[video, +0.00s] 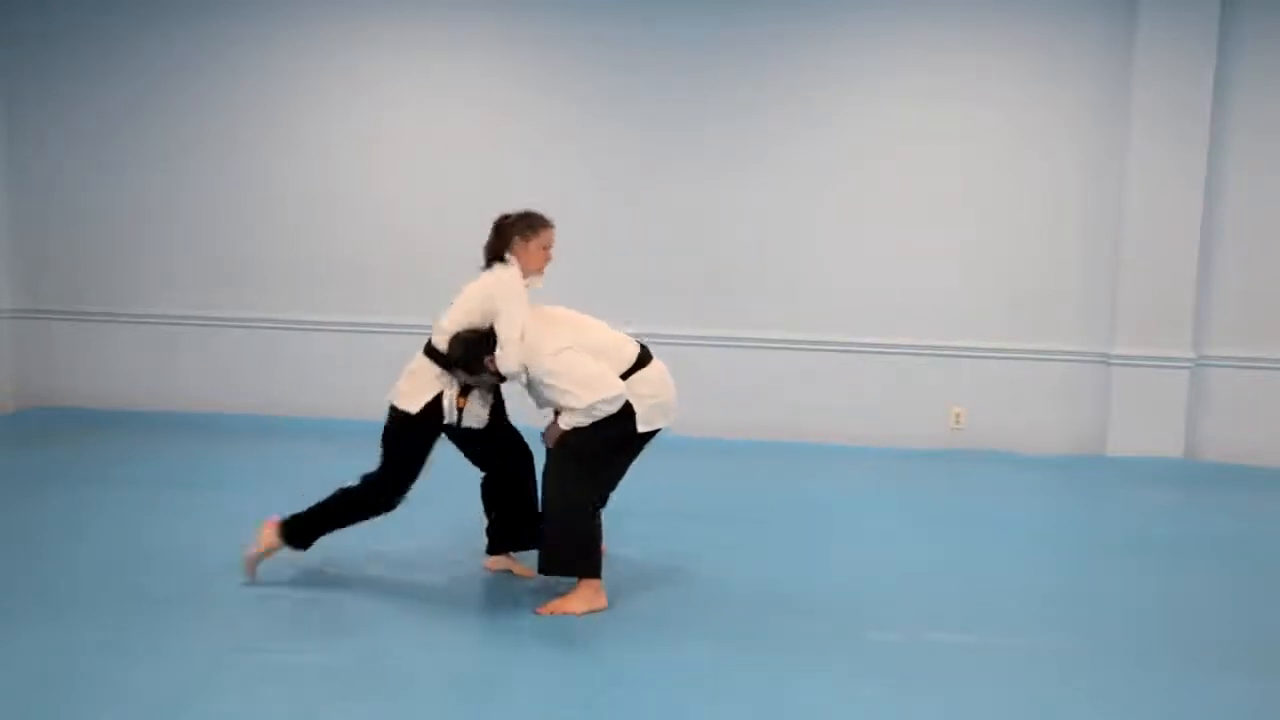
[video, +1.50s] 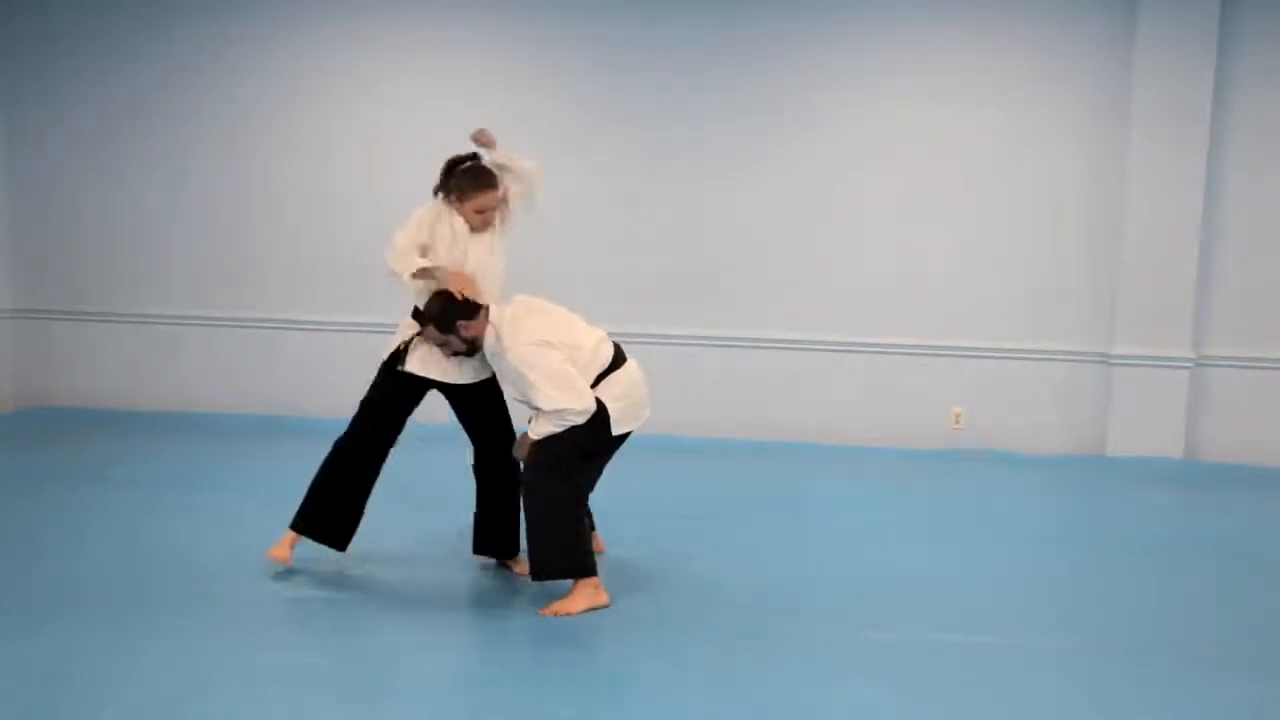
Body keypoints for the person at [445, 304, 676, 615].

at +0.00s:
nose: (488, 378)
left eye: (481, 373)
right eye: (481, 374)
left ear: (489, 360)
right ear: (490, 350)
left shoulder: (540, 353)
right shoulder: (519, 333)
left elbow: (608, 395)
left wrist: (563, 424)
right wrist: (560, 416)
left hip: (639, 396)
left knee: (572, 474)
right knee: (566, 463)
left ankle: (590, 587)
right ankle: (585, 542)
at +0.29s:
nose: (471, 333)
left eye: (471, 327)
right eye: (465, 328)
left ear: (489, 308)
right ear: (488, 300)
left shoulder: (537, 305)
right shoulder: (518, 294)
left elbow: (601, 364)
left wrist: (565, 415)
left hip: (631, 371)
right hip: (606, 365)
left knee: (583, 463)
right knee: (567, 449)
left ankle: (595, 582)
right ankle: (581, 537)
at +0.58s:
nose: (467, 361)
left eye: (466, 354)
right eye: (461, 355)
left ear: (484, 337)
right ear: (485, 330)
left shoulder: (530, 337)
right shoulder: (519, 317)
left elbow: (593, 397)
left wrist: (547, 430)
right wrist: (553, 414)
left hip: (626, 394)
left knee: (565, 475)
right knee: (552, 463)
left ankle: (591, 586)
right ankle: (585, 543)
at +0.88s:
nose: (462, 400)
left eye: (457, 394)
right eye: (455, 397)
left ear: (470, 376)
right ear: (471, 366)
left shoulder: (514, 365)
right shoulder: (500, 343)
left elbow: (589, 403)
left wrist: (542, 435)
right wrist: (540, 427)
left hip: (623, 398)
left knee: (554, 472)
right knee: (556, 460)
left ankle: (589, 586)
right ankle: (584, 534)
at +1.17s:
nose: (458, 372)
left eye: (453, 366)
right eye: (452, 368)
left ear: (465, 349)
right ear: (468, 335)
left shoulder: (515, 352)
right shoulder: (513, 320)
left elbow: (580, 403)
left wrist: (537, 436)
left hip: (618, 397)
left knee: (551, 475)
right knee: (560, 463)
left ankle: (588, 586)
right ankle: (586, 535)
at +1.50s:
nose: (446, 352)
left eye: (445, 343)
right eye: (439, 345)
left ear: (464, 327)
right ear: (469, 315)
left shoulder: (514, 345)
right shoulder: (506, 318)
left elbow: (576, 406)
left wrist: (532, 437)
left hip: (612, 398)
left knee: (546, 473)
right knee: (550, 459)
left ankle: (588, 586)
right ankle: (583, 535)